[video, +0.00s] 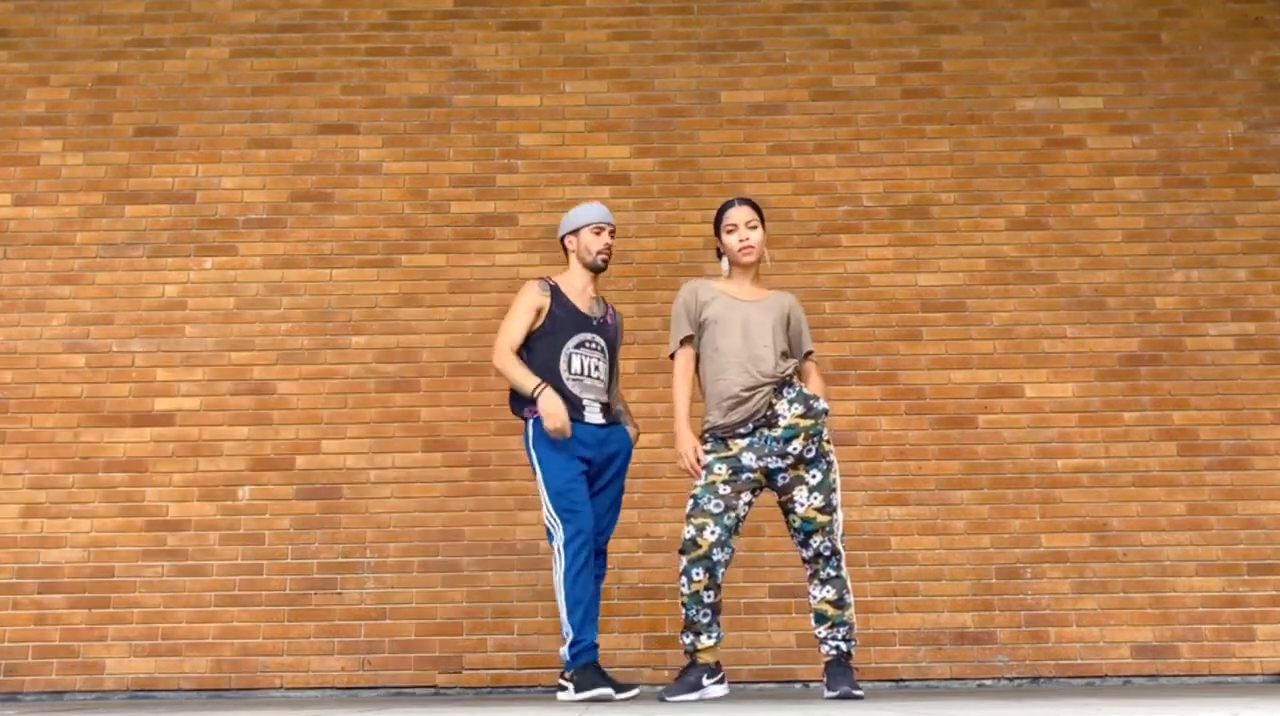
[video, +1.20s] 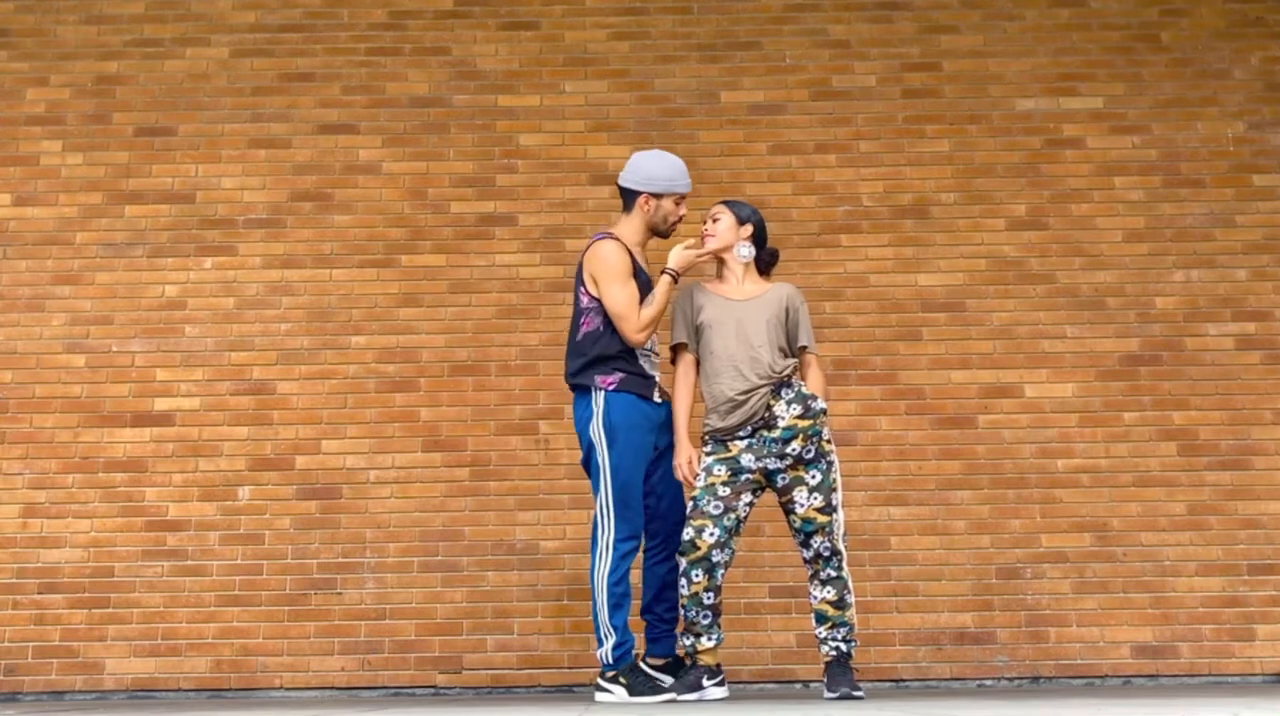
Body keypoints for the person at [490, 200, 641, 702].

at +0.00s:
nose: (607, 241)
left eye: (611, 234)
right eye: (597, 232)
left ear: (610, 245)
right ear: (570, 240)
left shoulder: (610, 316)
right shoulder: (540, 291)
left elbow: (608, 384)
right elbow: (501, 355)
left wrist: (628, 423)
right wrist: (545, 392)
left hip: (608, 436)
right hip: (557, 432)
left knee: (596, 544)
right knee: (577, 535)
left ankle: (581, 661)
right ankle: (582, 664)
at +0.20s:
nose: (619, 232)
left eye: (623, 225)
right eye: (609, 224)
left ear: (624, 235)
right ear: (582, 231)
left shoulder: (624, 299)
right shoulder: (553, 288)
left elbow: (626, 376)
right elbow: (544, 358)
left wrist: (648, 418)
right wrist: (598, 327)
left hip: (631, 429)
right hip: (579, 425)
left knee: (617, 544)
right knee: (594, 536)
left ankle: (581, 665)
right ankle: (615, 659)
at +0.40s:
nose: (631, 220)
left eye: (633, 212)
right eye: (620, 211)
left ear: (630, 221)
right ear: (590, 219)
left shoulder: (624, 286)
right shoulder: (567, 274)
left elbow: (632, 368)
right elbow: (596, 331)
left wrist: (657, 413)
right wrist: (653, 287)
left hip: (644, 419)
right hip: (597, 414)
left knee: (635, 536)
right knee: (615, 531)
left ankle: (586, 659)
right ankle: (618, 662)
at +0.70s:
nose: (661, 207)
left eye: (660, 197)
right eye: (652, 197)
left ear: (626, 203)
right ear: (621, 199)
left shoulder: (615, 260)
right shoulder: (597, 253)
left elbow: (628, 339)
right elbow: (632, 325)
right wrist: (683, 276)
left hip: (635, 403)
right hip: (611, 401)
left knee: (662, 526)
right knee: (624, 526)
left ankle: (633, 653)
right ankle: (619, 662)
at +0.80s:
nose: (666, 208)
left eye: (666, 198)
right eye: (659, 197)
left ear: (630, 201)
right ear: (628, 198)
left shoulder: (618, 255)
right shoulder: (604, 250)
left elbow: (636, 331)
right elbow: (636, 327)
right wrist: (681, 276)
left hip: (632, 401)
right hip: (613, 401)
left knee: (652, 531)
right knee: (623, 529)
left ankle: (663, 660)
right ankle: (617, 667)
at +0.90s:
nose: (672, 207)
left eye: (672, 197)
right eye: (664, 196)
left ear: (636, 199)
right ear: (634, 196)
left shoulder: (624, 253)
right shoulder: (608, 249)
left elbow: (635, 333)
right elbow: (637, 327)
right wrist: (679, 274)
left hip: (630, 403)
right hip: (611, 403)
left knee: (654, 531)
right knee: (621, 531)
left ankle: (678, 659)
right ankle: (617, 667)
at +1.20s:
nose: (682, 214)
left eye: (684, 204)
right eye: (676, 203)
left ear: (650, 202)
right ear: (646, 199)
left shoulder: (638, 261)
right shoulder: (606, 251)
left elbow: (648, 350)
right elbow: (632, 330)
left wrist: (666, 398)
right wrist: (671, 274)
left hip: (647, 405)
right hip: (612, 404)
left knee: (667, 525)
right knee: (619, 530)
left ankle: (663, 655)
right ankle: (616, 665)